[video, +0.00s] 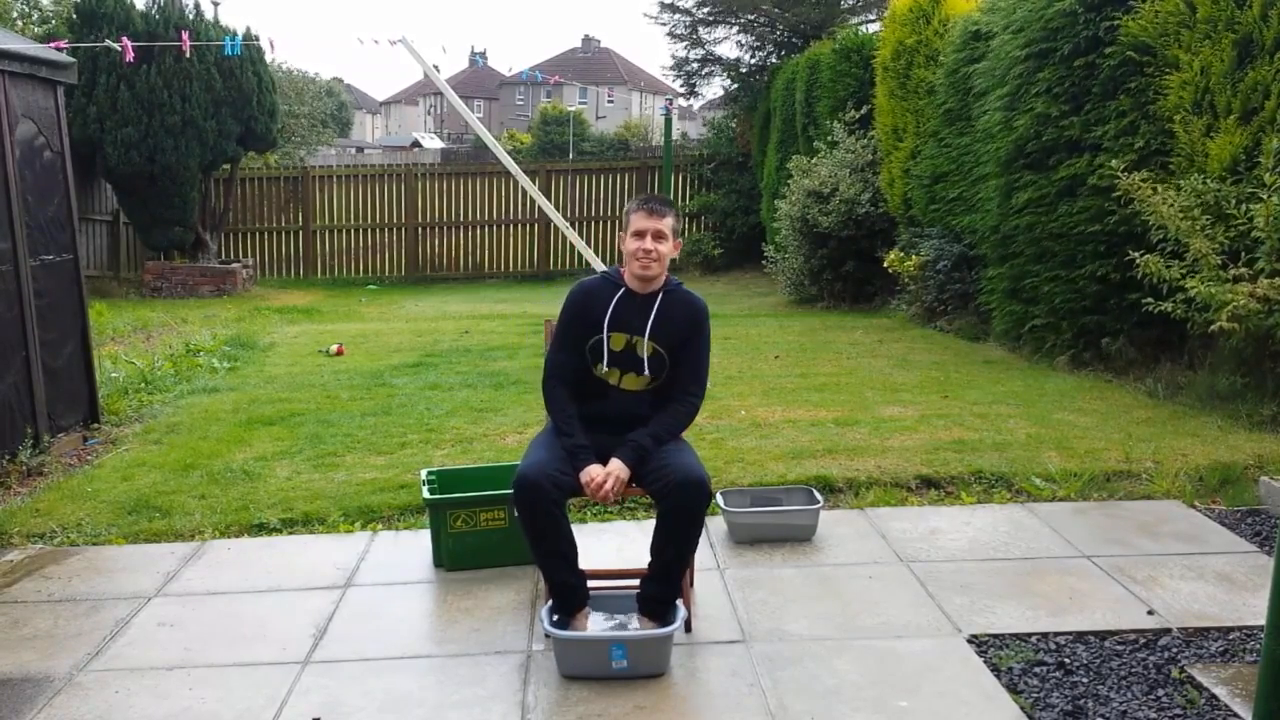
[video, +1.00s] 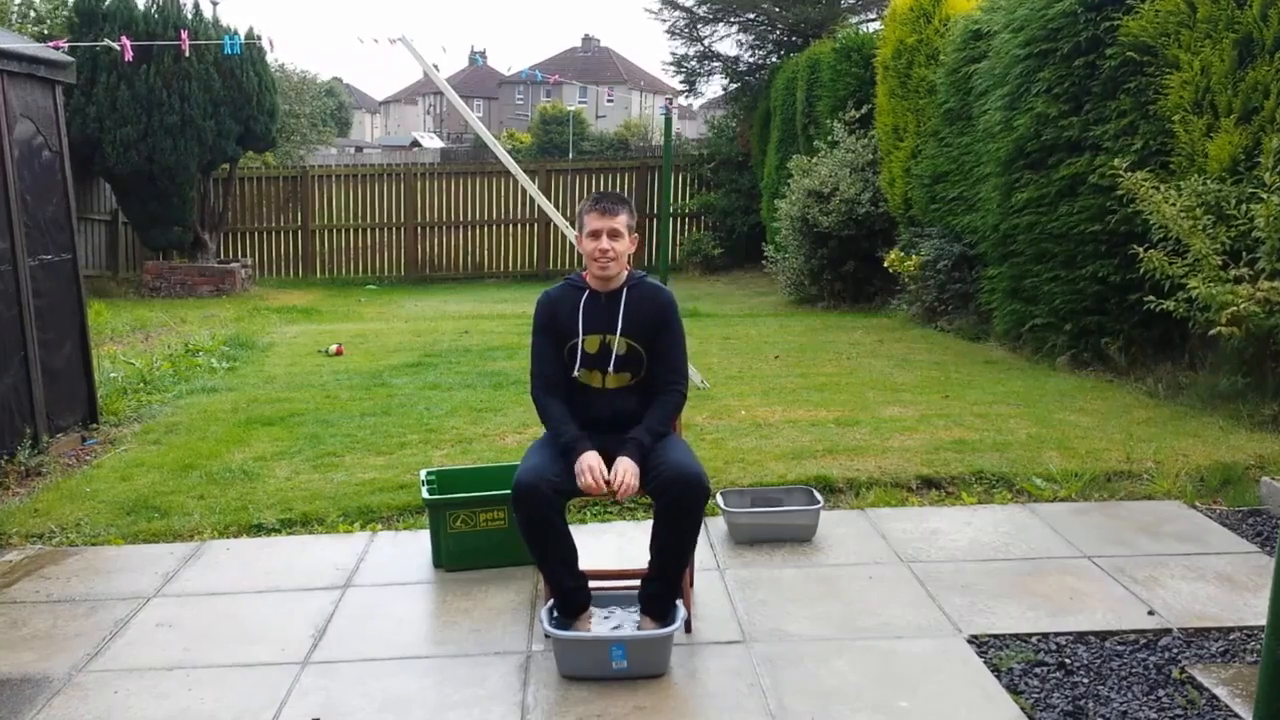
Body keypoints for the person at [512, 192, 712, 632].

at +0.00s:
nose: (647, 246)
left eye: (658, 237)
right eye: (638, 236)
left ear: (675, 248)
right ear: (622, 243)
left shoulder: (689, 311)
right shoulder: (587, 296)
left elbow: (687, 400)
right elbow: (555, 381)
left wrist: (629, 456)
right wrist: (584, 458)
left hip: (651, 434)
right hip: (579, 431)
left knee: (691, 486)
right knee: (532, 482)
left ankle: (656, 605)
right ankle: (571, 605)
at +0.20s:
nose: (654, 246)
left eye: (666, 238)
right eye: (645, 236)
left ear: (681, 248)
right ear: (629, 242)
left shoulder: (694, 312)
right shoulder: (592, 295)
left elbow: (689, 401)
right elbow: (561, 380)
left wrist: (630, 456)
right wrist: (587, 456)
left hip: (653, 434)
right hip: (582, 429)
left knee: (691, 486)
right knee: (537, 480)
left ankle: (655, 606)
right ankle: (572, 604)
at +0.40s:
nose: (649, 246)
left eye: (660, 238)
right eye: (641, 236)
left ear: (675, 249)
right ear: (624, 241)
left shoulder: (686, 309)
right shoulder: (584, 297)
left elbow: (683, 395)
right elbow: (558, 383)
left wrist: (632, 455)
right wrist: (587, 453)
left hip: (650, 431)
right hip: (579, 429)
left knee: (691, 485)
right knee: (540, 485)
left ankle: (656, 604)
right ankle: (576, 603)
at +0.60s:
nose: (627, 247)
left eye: (638, 237)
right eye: (618, 236)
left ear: (653, 247)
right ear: (600, 243)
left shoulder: (669, 306)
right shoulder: (568, 301)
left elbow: (675, 393)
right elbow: (547, 385)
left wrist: (635, 450)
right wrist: (576, 407)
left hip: (649, 431)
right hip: (578, 431)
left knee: (689, 483)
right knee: (531, 487)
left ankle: (657, 603)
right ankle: (575, 605)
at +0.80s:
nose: (608, 246)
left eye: (619, 236)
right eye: (598, 237)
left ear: (635, 244)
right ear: (582, 244)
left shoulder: (658, 302)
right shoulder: (556, 304)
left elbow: (672, 391)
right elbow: (541, 388)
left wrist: (630, 450)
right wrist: (569, 394)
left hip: (645, 430)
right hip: (574, 434)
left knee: (684, 482)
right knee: (530, 488)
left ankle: (657, 606)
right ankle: (574, 605)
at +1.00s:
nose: (604, 245)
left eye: (615, 235)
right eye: (594, 235)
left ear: (632, 244)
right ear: (579, 242)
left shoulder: (657, 302)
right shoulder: (554, 304)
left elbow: (672, 390)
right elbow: (545, 390)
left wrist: (634, 452)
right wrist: (579, 449)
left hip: (646, 432)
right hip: (573, 435)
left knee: (688, 483)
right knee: (529, 488)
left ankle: (657, 606)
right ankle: (573, 604)